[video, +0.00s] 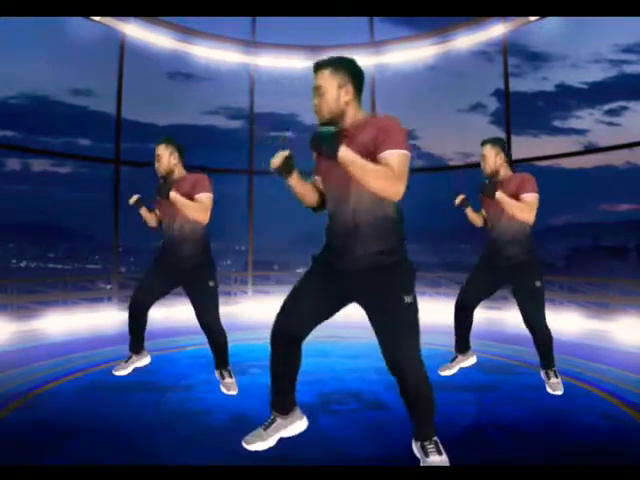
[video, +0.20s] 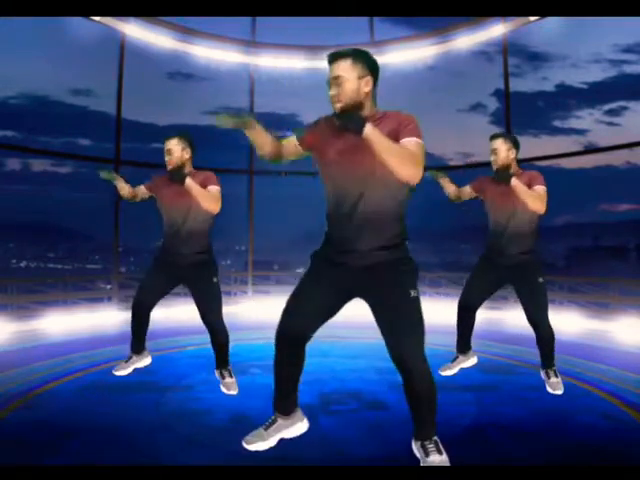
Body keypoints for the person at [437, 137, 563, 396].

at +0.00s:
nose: (482, 162)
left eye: (486, 156)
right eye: (481, 157)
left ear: (501, 157)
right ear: (490, 159)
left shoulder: (524, 181)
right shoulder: (488, 189)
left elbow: (529, 216)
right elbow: (481, 221)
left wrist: (499, 195)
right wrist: (466, 207)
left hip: (523, 263)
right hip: (493, 262)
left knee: (536, 322)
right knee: (464, 303)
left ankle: (549, 370)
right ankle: (463, 353)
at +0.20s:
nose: (493, 156)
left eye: (497, 151)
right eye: (491, 152)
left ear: (513, 153)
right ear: (491, 156)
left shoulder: (532, 178)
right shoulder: (485, 183)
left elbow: (539, 206)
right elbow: (458, 195)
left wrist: (512, 180)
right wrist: (444, 181)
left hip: (525, 263)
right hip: (493, 262)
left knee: (540, 321)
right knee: (466, 305)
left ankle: (549, 370)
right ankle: (464, 354)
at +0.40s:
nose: (480, 158)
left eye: (485, 152)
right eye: (479, 153)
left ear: (501, 154)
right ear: (481, 157)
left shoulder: (519, 180)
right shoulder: (480, 183)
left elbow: (524, 215)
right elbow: (469, 200)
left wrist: (501, 190)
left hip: (512, 262)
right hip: (488, 260)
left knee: (524, 317)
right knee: (464, 304)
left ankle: (549, 368)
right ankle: (466, 357)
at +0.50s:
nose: (479, 160)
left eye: (483, 155)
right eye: (478, 155)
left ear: (496, 157)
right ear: (482, 158)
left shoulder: (502, 183)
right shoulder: (489, 180)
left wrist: (468, 181)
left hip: (503, 259)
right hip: (486, 257)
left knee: (510, 315)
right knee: (464, 301)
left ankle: (554, 362)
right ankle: (466, 356)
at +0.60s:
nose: (479, 161)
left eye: (482, 156)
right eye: (478, 157)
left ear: (494, 157)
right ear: (492, 158)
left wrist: (423, 171)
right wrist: (427, 171)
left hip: (500, 260)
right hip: (489, 258)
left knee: (509, 317)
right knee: (462, 301)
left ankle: (555, 362)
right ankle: (465, 357)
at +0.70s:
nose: (475, 161)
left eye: (477, 156)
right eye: (475, 156)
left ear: (489, 156)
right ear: (490, 156)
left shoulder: (498, 176)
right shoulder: (495, 178)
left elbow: (465, 187)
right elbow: (482, 202)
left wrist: (445, 177)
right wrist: (461, 185)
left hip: (501, 258)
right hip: (489, 257)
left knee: (513, 315)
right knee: (463, 302)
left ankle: (553, 364)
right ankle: (466, 357)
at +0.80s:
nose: (473, 161)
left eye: (476, 156)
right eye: (473, 157)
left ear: (490, 155)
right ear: (484, 157)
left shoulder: (509, 178)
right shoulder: (483, 182)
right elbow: (475, 208)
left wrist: (479, 185)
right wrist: (473, 189)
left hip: (508, 259)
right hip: (487, 258)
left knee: (521, 314)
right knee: (466, 303)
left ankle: (551, 367)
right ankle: (466, 357)